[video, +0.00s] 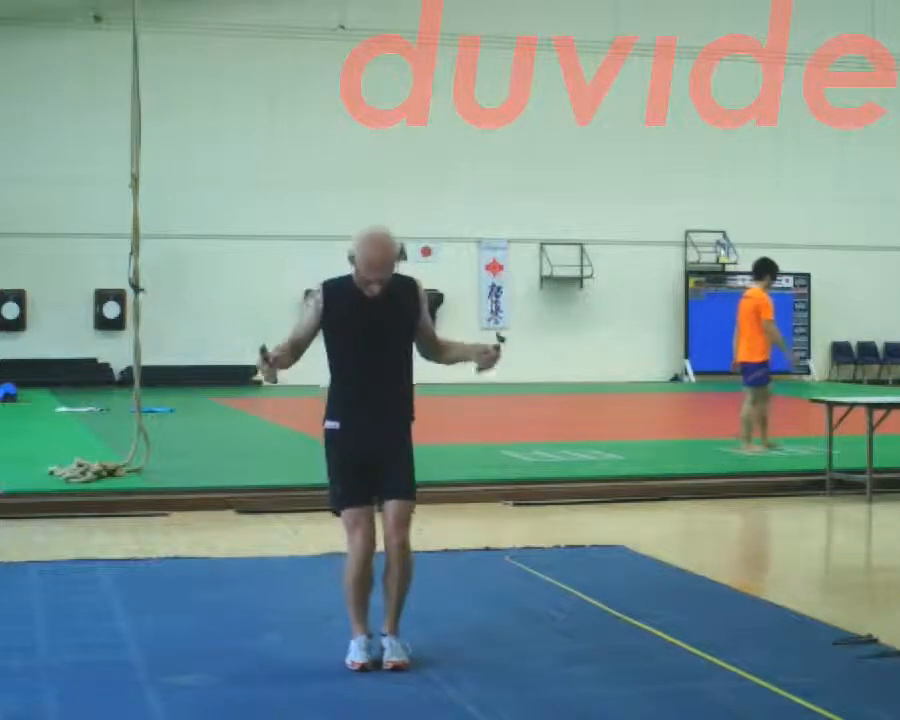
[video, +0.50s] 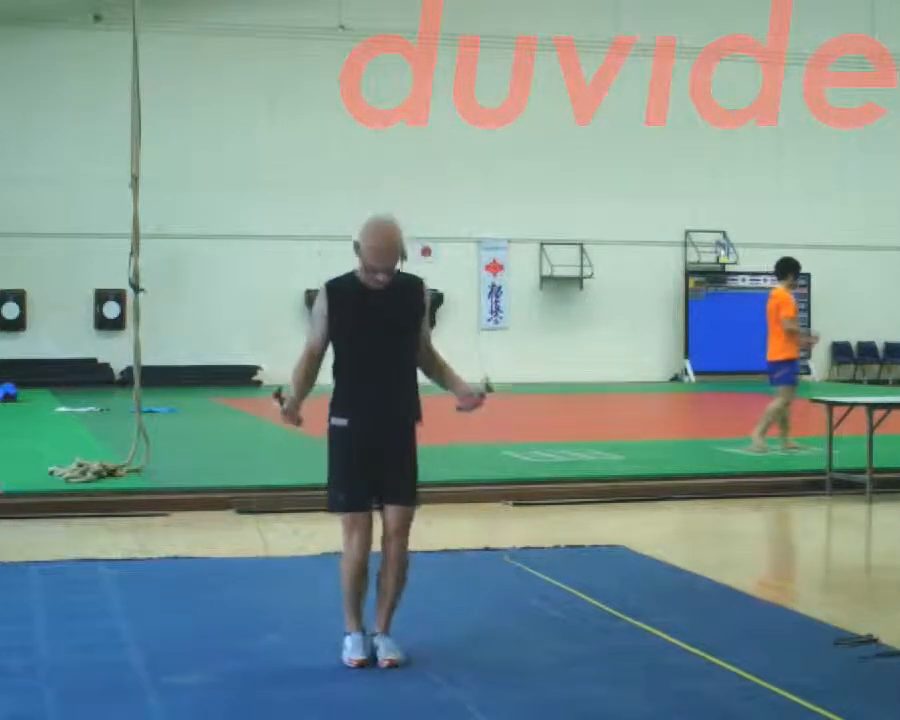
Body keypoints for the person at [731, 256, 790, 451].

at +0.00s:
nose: (773, 281)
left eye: (774, 278)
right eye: (773, 277)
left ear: (755, 275)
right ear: (768, 276)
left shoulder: (746, 296)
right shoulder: (762, 298)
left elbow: (739, 329)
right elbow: (768, 327)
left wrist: (736, 356)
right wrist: (786, 351)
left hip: (747, 356)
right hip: (756, 357)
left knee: (763, 397)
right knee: (752, 399)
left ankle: (764, 438)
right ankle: (747, 441)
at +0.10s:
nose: (779, 281)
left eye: (779, 277)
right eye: (779, 277)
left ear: (761, 275)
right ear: (773, 277)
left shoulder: (752, 297)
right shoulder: (768, 299)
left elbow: (746, 330)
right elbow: (775, 328)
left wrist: (745, 357)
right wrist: (793, 350)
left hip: (752, 358)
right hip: (761, 359)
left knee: (767, 400)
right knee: (753, 400)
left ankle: (780, 437)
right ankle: (747, 442)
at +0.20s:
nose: (784, 282)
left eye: (784, 278)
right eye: (783, 278)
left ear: (765, 276)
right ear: (778, 278)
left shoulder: (759, 297)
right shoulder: (773, 299)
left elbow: (760, 328)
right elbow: (778, 327)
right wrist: (796, 349)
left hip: (760, 357)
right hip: (768, 358)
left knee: (774, 400)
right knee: (760, 399)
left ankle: (783, 439)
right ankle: (746, 441)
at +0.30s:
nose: (789, 281)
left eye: (789, 277)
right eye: (788, 277)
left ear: (771, 276)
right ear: (782, 276)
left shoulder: (765, 297)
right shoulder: (777, 298)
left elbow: (768, 327)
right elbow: (782, 326)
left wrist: (789, 342)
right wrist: (796, 343)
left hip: (767, 356)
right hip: (774, 357)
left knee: (780, 399)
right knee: (768, 397)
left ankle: (784, 438)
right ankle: (749, 440)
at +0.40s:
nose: (793, 281)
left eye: (793, 277)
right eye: (792, 277)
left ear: (777, 276)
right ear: (787, 276)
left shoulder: (772, 295)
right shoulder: (781, 297)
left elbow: (776, 325)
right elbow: (784, 325)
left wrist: (796, 342)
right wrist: (802, 344)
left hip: (774, 354)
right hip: (778, 355)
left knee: (782, 398)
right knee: (776, 397)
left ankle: (785, 439)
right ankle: (753, 437)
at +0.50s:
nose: (797, 280)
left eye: (797, 276)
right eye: (796, 276)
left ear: (780, 275)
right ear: (790, 276)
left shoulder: (776, 295)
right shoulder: (785, 297)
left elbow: (782, 327)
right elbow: (788, 325)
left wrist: (801, 340)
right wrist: (807, 336)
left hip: (778, 354)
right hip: (784, 354)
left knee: (785, 397)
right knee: (784, 396)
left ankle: (785, 438)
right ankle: (758, 433)